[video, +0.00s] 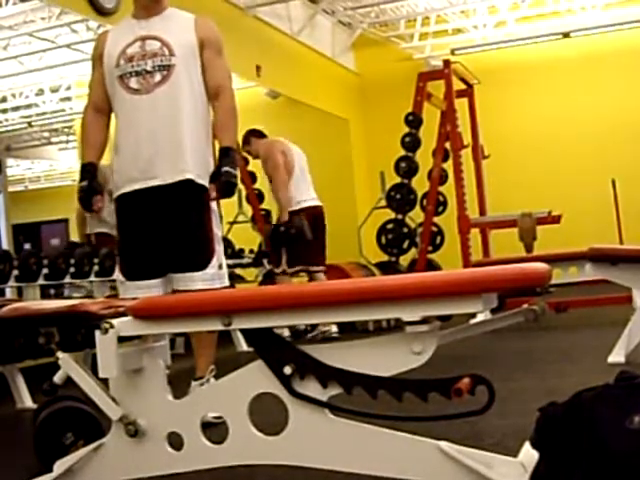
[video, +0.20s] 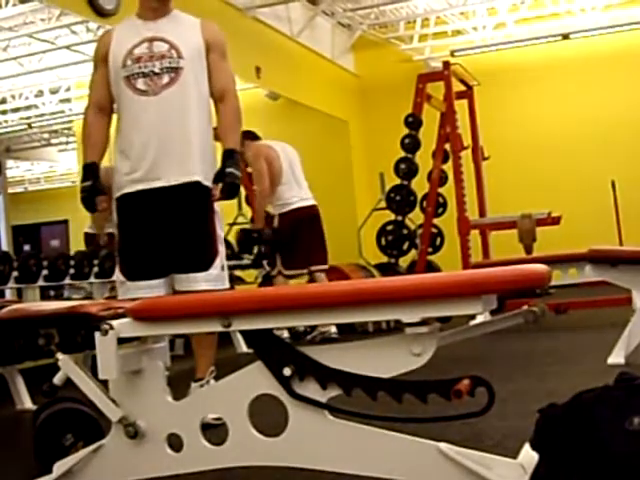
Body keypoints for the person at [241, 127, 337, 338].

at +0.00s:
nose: (252, 155)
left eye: (249, 151)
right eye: (249, 153)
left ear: (252, 141)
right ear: (261, 135)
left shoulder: (269, 147)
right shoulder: (291, 147)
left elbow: (279, 177)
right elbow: (302, 179)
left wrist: (283, 212)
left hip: (295, 212)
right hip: (314, 208)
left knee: (282, 272)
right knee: (317, 269)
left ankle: (287, 321)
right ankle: (327, 320)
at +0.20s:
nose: (241, 156)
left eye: (239, 151)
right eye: (239, 153)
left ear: (243, 144)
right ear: (255, 137)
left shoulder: (255, 150)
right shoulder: (285, 148)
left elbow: (263, 189)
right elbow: (296, 181)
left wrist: (258, 223)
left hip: (287, 213)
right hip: (310, 208)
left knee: (279, 273)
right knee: (318, 271)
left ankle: (281, 325)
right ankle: (327, 321)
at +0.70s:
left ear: (226, 147)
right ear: (240, 139)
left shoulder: (238, 161)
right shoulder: (266, 152)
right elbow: (281, 177)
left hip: (272, 211)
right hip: (295, 203)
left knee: (272, 275)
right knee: (308, 268)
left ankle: (277, 326)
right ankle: (323, 321)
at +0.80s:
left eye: (217, 152)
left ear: (221, 148)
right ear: (235, 141)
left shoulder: (230, 162)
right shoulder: (259, 152)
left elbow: (226, 202)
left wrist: (222, 229)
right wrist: (257, 210)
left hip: (270, 211)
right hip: (294, 203)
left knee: (271, 275)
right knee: (307, 270)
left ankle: (277, 326)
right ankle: (322, 321)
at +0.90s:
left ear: (219, 146)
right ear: (233, 140)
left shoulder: (227, 160)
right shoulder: (254, 153)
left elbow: (224, 202)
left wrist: (222, 229)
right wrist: (255, 211)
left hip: (267, 211)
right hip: (291, 202)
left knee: (271, 276)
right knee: (305, 269)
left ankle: (277, 326)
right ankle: (321, 321)